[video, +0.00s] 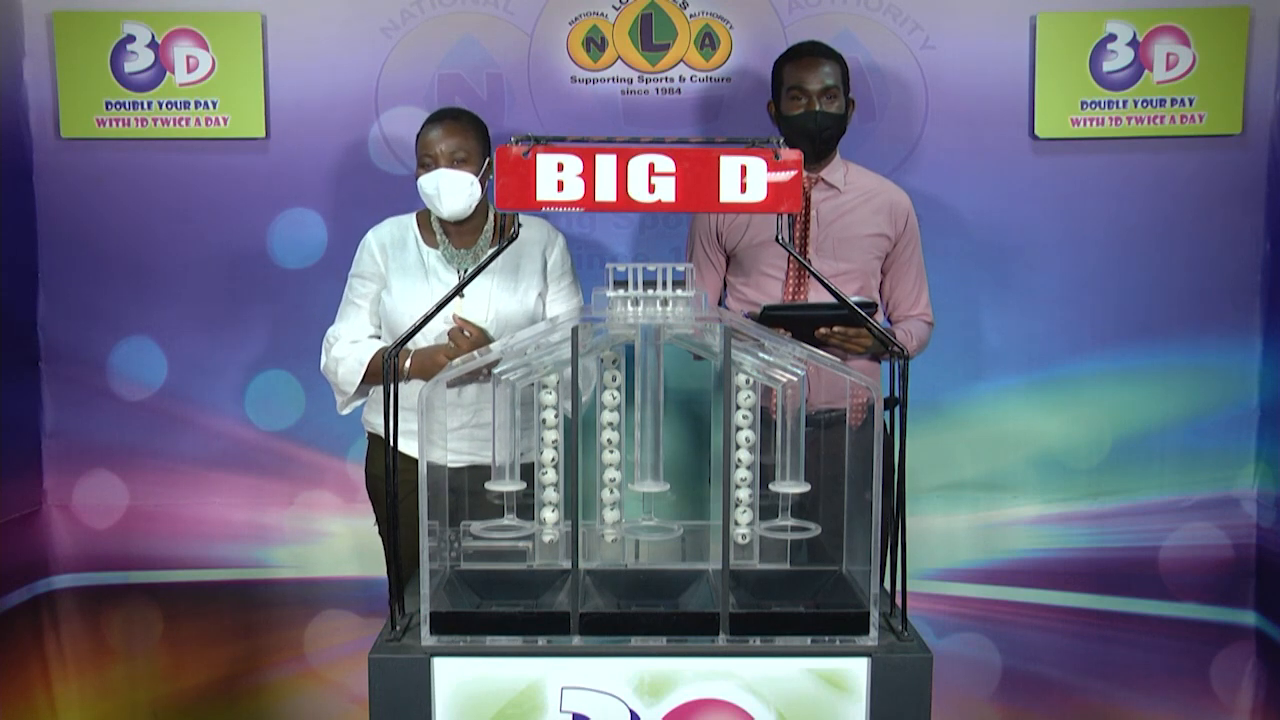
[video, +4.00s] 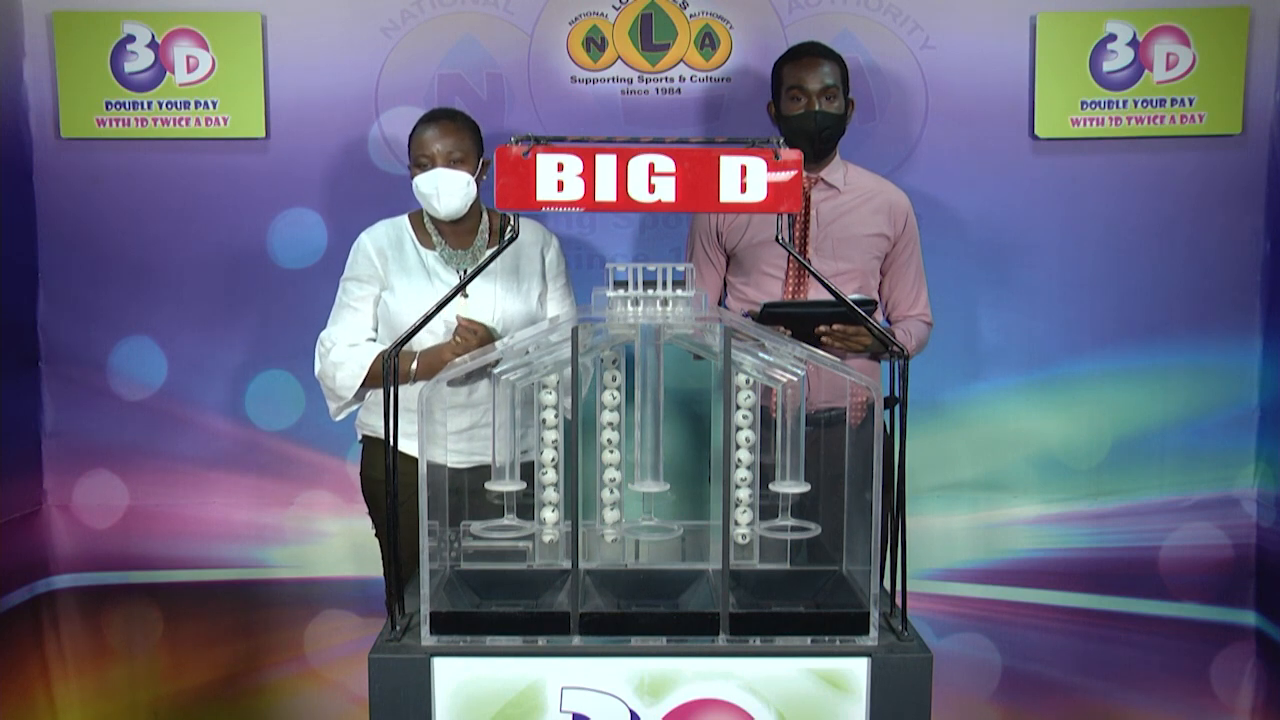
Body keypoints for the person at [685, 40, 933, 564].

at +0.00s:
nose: (814, 109)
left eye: (829, 95)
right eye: (796, 96)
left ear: (848, 107)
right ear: (774, 109)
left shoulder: (888, 205)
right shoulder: (727, 201)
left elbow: (915, 321)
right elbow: (695, 319)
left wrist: (876, 341)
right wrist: (757, 338)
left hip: (842, 417)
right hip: (751, 418)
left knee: (844, 581)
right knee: (752, 580)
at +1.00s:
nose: (814, 109)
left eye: (829, 95)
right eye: (797, 96)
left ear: (848, 107)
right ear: (775, 109)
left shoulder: (888, 205)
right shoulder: (727, 201)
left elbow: (915, 321)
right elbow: (695, 318)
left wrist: (876, 341)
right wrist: (758, 338)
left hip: (842, 417)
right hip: (751, 418)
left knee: (844, 581)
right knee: (752, 580)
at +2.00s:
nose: (813, 108)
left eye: (828, 94)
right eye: (796, 95)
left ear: (848, 108)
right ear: (774, 109)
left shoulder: (888, 204)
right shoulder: (726, 200)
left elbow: (914, 320)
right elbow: (696, 318)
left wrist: (876, 342)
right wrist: (761, 340)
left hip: (843, 416)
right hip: (752, 416)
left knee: (844, 580)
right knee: (753, 578)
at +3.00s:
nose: (812, 107)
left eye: (828, 94)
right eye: (795, 95)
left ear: (848, 108)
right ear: (774, 109)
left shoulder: (888, 205)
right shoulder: (726, 200)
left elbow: (914, 320)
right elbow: (696, 318)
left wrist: (876, 341)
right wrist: (761, 340)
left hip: (843, 415)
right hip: (752, 415)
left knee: (844, 579)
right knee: (753, 577)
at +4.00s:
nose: (813, 107)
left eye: (828, 94)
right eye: (796, 95)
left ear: (848, 108)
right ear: (774, 109)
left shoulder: (887, 205)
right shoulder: (726, 200)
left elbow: (915, 320)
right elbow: (696, 318)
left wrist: (876, 341)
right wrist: (760, 337)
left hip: (843, 417)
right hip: (752, 417)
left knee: (844, 581)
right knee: (753, 579)